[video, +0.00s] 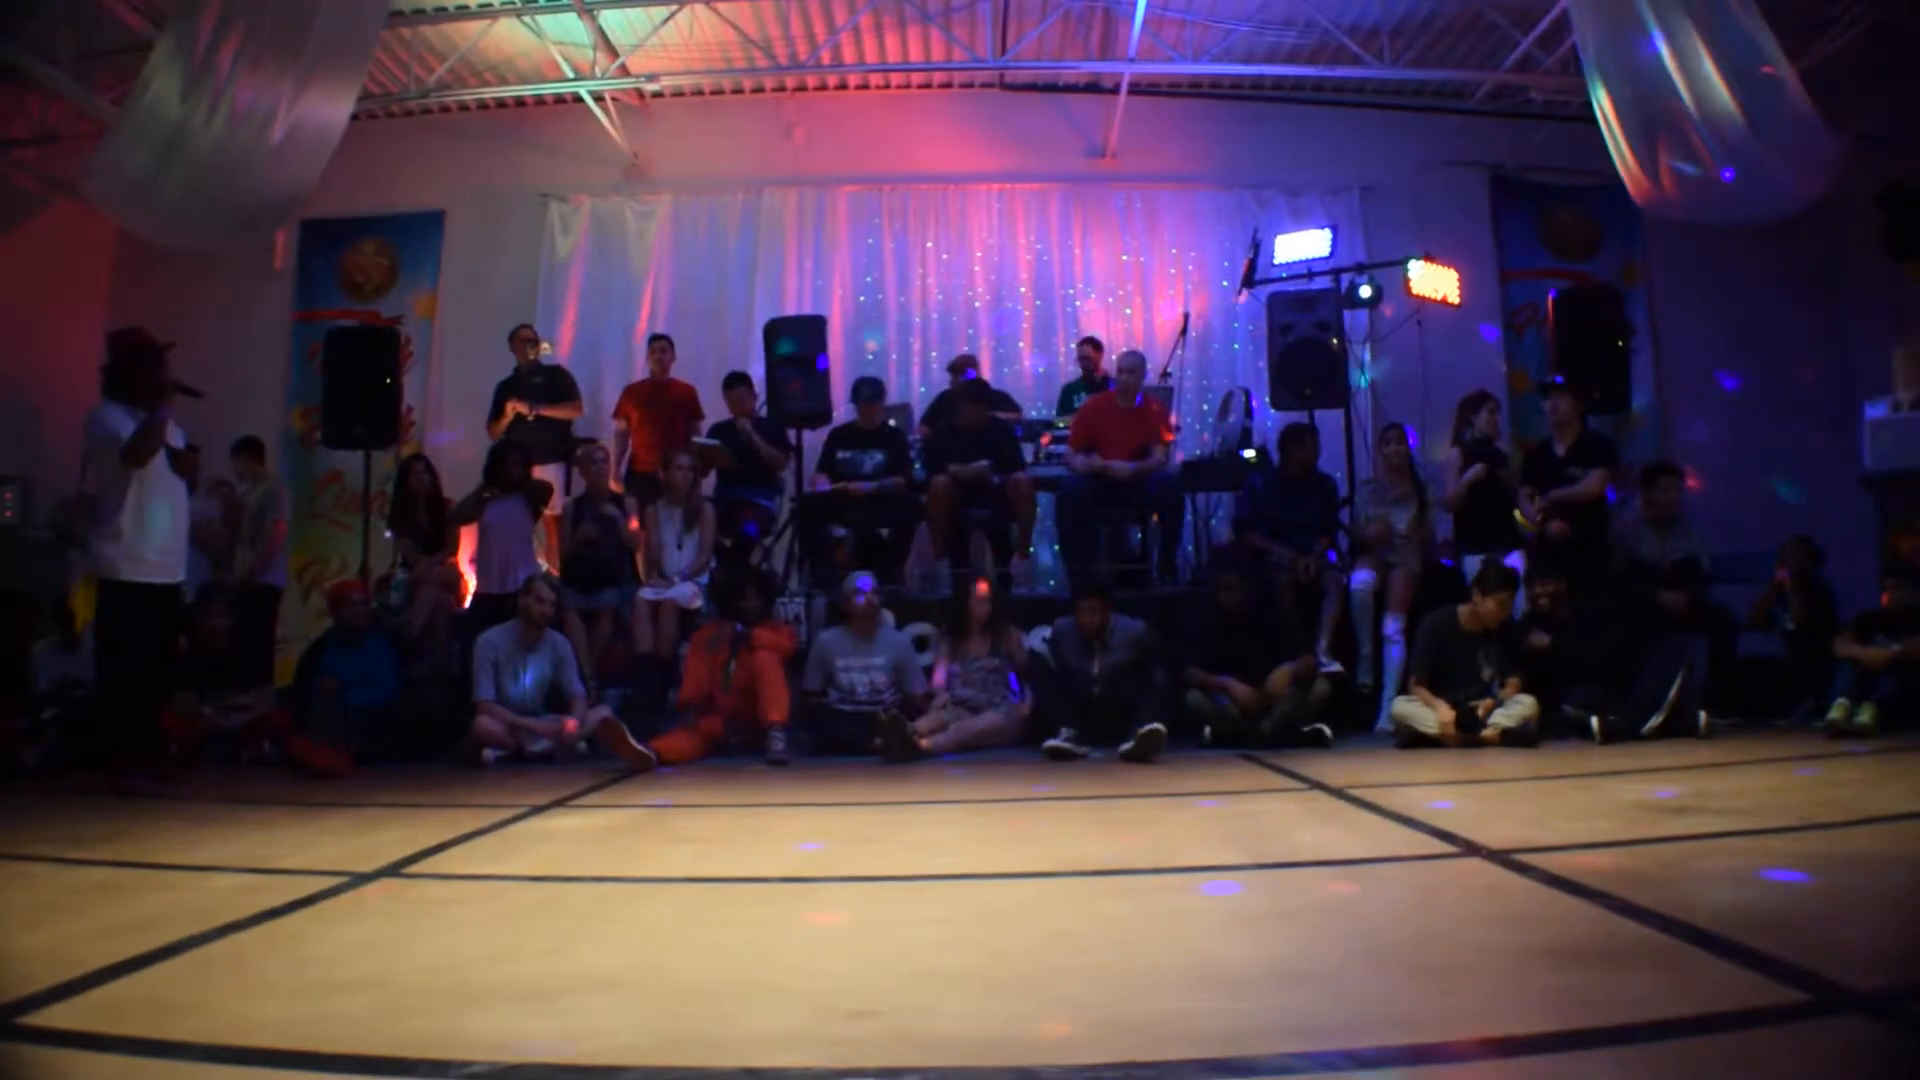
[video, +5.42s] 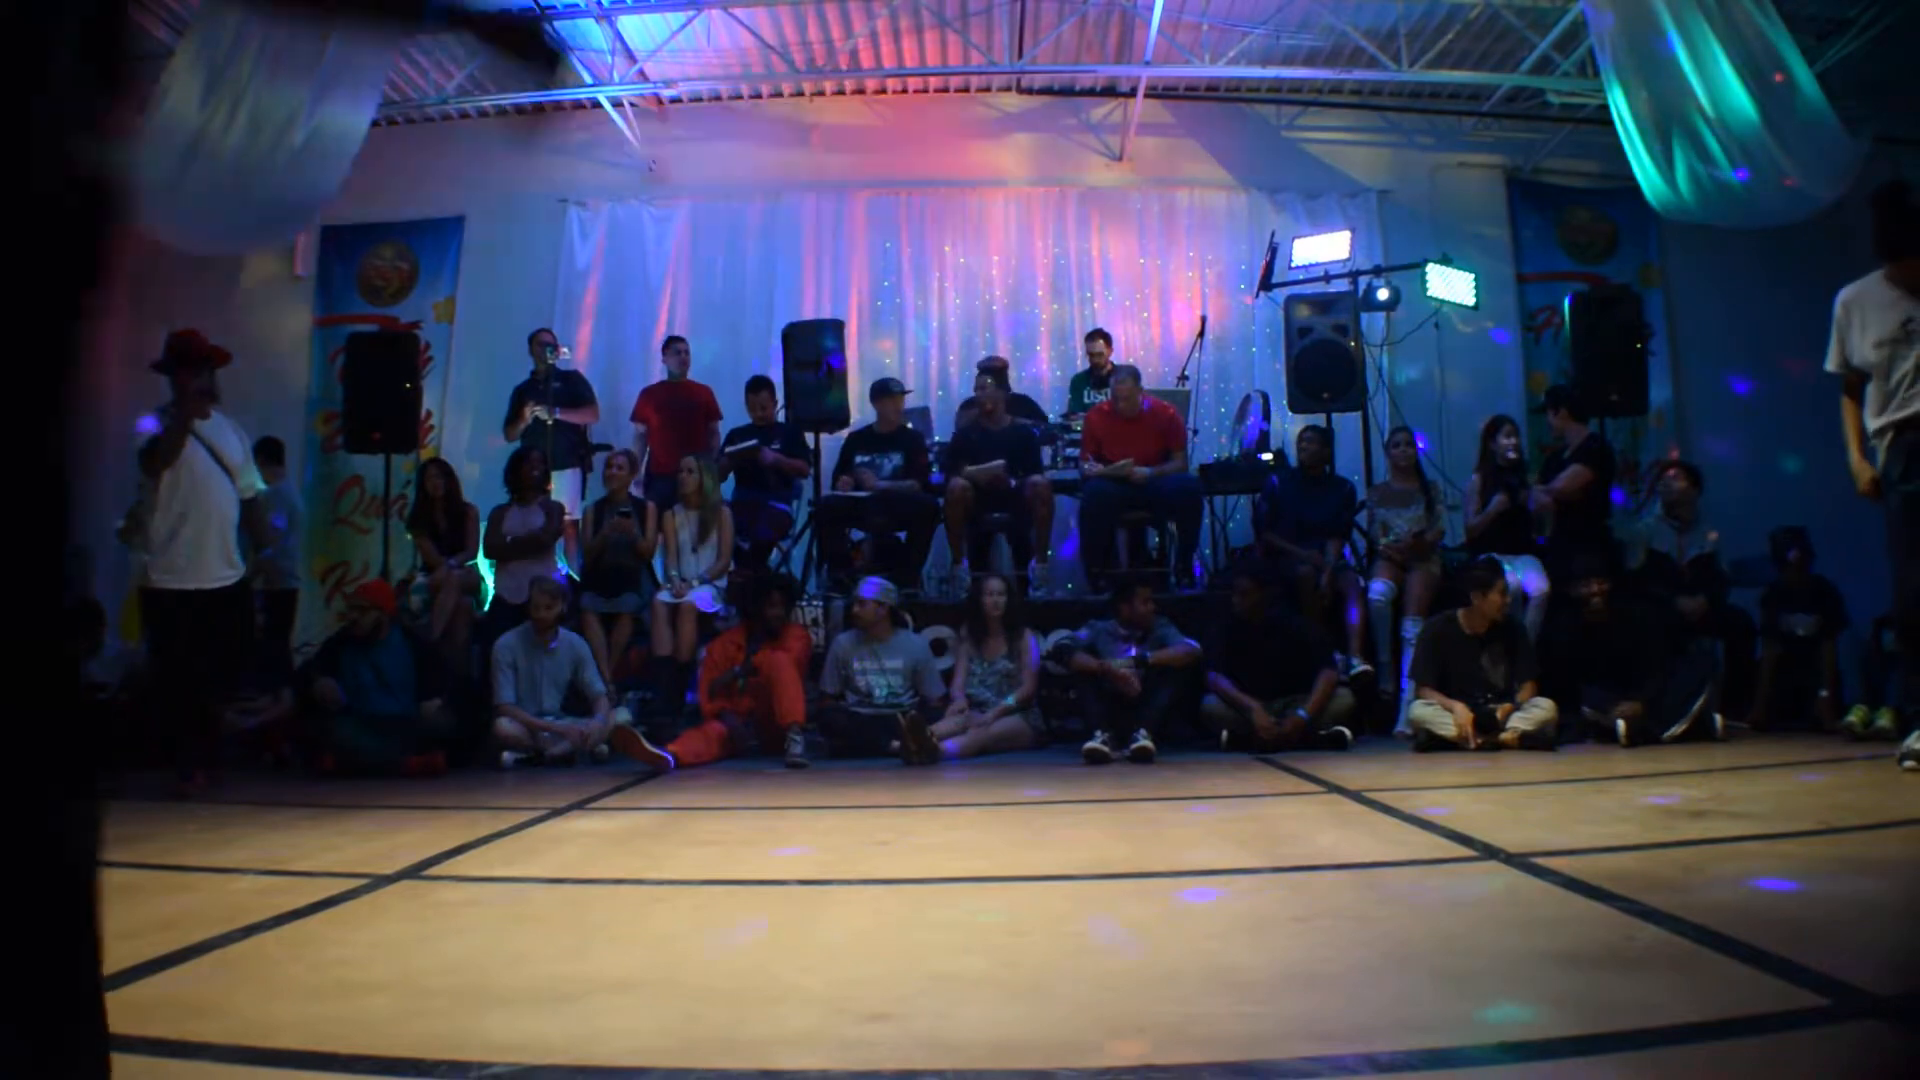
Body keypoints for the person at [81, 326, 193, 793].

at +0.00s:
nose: (161, 379)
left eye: (160, 372)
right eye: (152, 371)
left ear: (151, 377)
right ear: (128, 374)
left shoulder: (164, 425)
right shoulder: (106, 419)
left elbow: (189, 477)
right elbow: (132, 457)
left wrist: (180, 447)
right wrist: (160, 409)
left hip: (166, 574)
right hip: (125, 574)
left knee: (157, 674)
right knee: (124, 675)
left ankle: (152, 759)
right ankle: (120, 763)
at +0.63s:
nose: (176, 381)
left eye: (178, 371)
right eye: (164, 372)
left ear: (184, 376)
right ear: (142, 381)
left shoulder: (193, 427)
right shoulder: (131, 423)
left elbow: (247, 439)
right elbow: (157, 456)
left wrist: (220, 394)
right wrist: (184, 403)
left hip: (198, 576)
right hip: (154, 576)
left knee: (192, 677)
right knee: (154, 677)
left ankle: (188, 757)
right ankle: (151, 761)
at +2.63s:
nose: (179, 390)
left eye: (180, 381)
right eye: (170, 382)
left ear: (177, 385)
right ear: (147, 386)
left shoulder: (180, 431)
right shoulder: (127, 425)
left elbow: (239, 440)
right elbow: (157, 463)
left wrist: (215, 400)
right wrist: (186, 413)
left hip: (183, 581)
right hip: (148, 580)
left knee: (177, 682)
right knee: (147, 682)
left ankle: (171, 765)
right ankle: (145, 771)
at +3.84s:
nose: (179, 390)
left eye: (181, 383)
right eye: (169, 383)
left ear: (185, 387)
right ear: (147, 386)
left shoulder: (200, 433)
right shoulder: (126, 429)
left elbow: (245, 462)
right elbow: (130, 468)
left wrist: (250, 438)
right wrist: (165, 423)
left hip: (191, 581)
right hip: (143, 581)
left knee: (185, 682)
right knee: (144, 681)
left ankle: (177, 762)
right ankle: (143, 768)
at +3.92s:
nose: (182, 389)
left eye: (184, 381)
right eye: (171, 382)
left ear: (186, 387)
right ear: (147, 387)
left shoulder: (202, 435)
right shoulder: (125, 431)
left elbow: (256, 463)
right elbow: (124, 468)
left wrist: (250, 469)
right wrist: (156, 421)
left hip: (191, 585)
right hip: (142, 585)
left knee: (184, 685)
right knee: (144, 685)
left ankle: (177, 763)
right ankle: (143, 769)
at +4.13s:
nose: (173, 393)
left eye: (178, 385)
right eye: (163, 386)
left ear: (185, 388)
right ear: (144, 391)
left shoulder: (207, 437)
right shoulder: (128, 434)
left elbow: (241, 491)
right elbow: (117, 471)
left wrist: (240, 526)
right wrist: (150, 422)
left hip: (194, 585)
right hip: (142, 584)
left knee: (185, 681)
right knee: (143, 682)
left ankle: (177, 761)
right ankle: (142, 765)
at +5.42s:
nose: (207, 382)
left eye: (210, 373)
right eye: (196, 374)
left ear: (216, 377)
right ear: (174, 379)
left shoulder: (228, 431)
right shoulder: (153, 428)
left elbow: (251, 498)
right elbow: (155, 464)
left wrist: (266, 550)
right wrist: (186, 413)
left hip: (226, 582)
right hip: (172, 584)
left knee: (222, 682)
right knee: (177, 684)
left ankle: (215, 765)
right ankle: (183, 768)